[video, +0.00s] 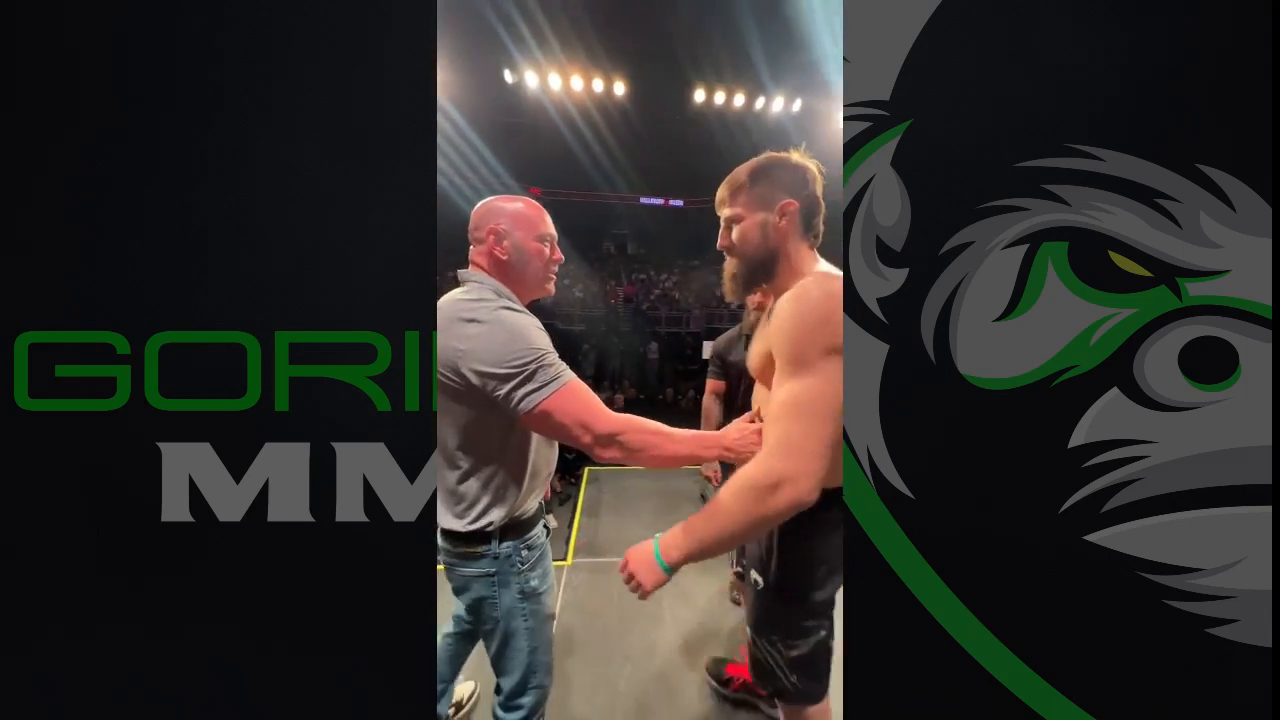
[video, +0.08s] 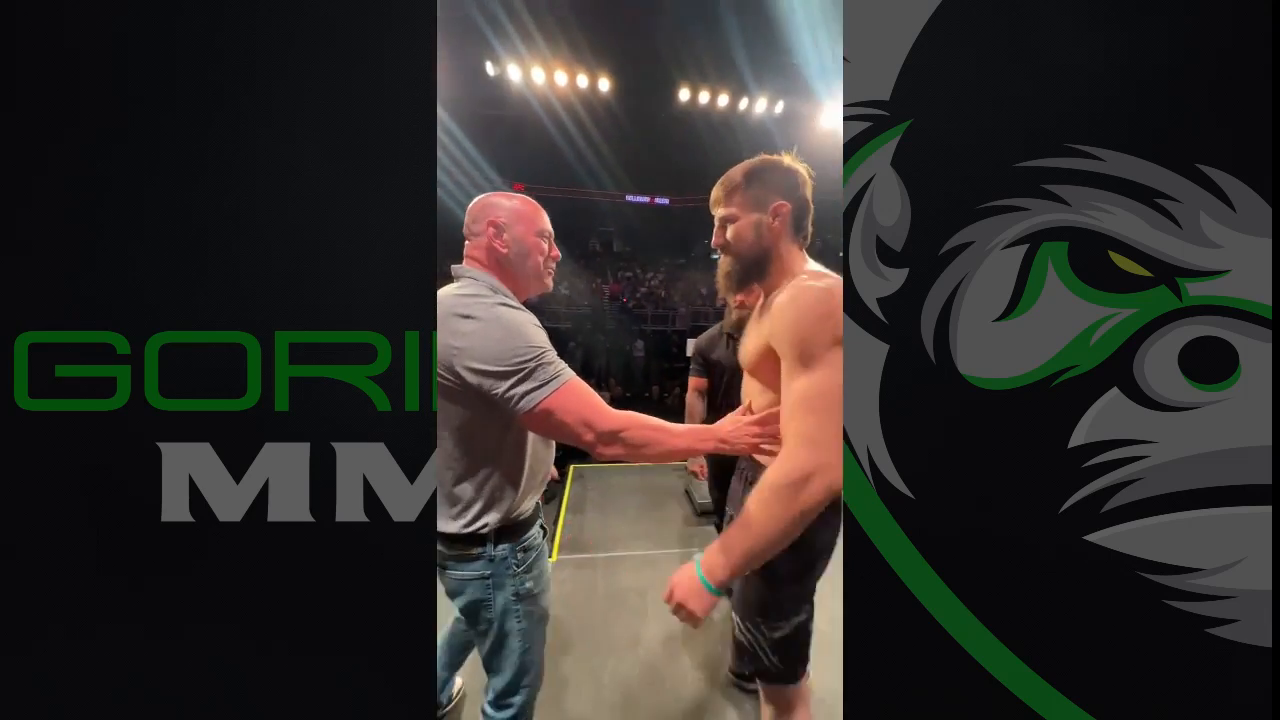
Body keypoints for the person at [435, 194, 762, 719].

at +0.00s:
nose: (558, 255)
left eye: (555, 241)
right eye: (544, 242)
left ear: (494, 249)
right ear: (495, 246)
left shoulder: (458, 309)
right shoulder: (497, 327)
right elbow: (601, 434)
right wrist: (718, 444)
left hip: (468, 529)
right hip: (502, 544)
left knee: (467, 622)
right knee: (523, 692)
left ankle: (433, 696)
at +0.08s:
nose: (555, 252)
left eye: (553, 240)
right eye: (542, 238)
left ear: (491, 241)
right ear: (494, 238)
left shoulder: (453, 303)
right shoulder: (494, 323)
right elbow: (601, 430)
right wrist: (716, 436)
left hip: (461, 533)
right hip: (496, 547)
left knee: (472, 620)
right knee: (513, 692)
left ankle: (435, 690)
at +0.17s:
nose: (552, 251)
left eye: (549, 237)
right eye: (540, 235)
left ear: (489, 236)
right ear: (493, 233)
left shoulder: (453, 296)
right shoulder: (489, 316)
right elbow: (601, 423)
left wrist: (546, 429)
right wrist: (711, 425)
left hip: (460, 535)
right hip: (487, 549)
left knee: (477, 626)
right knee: (501, 688)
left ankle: (436, 694)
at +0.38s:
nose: (539, 247)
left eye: (537, 234)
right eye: (530, 232)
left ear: (483, 227)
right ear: (489, 226)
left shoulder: (447, 284)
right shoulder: (481, 309)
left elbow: (460, 380)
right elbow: (606, 394)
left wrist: (510, 428)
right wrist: (699, 398)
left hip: (490, 517)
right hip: (463, 545)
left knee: (510, 589)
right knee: (459, 690)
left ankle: (497, 674)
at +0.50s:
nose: (535, 249)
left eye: (534, 236)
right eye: (527, 234)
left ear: (482, 229)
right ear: (491, 226)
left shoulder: (446, 285)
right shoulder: (487, 311)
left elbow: (458, 381)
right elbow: (604, 385)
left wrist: (500, 439)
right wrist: (686, 388)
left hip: (484, 514)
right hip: (460, 538)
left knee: (508, 597)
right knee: (447, 688)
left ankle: (534, 668)